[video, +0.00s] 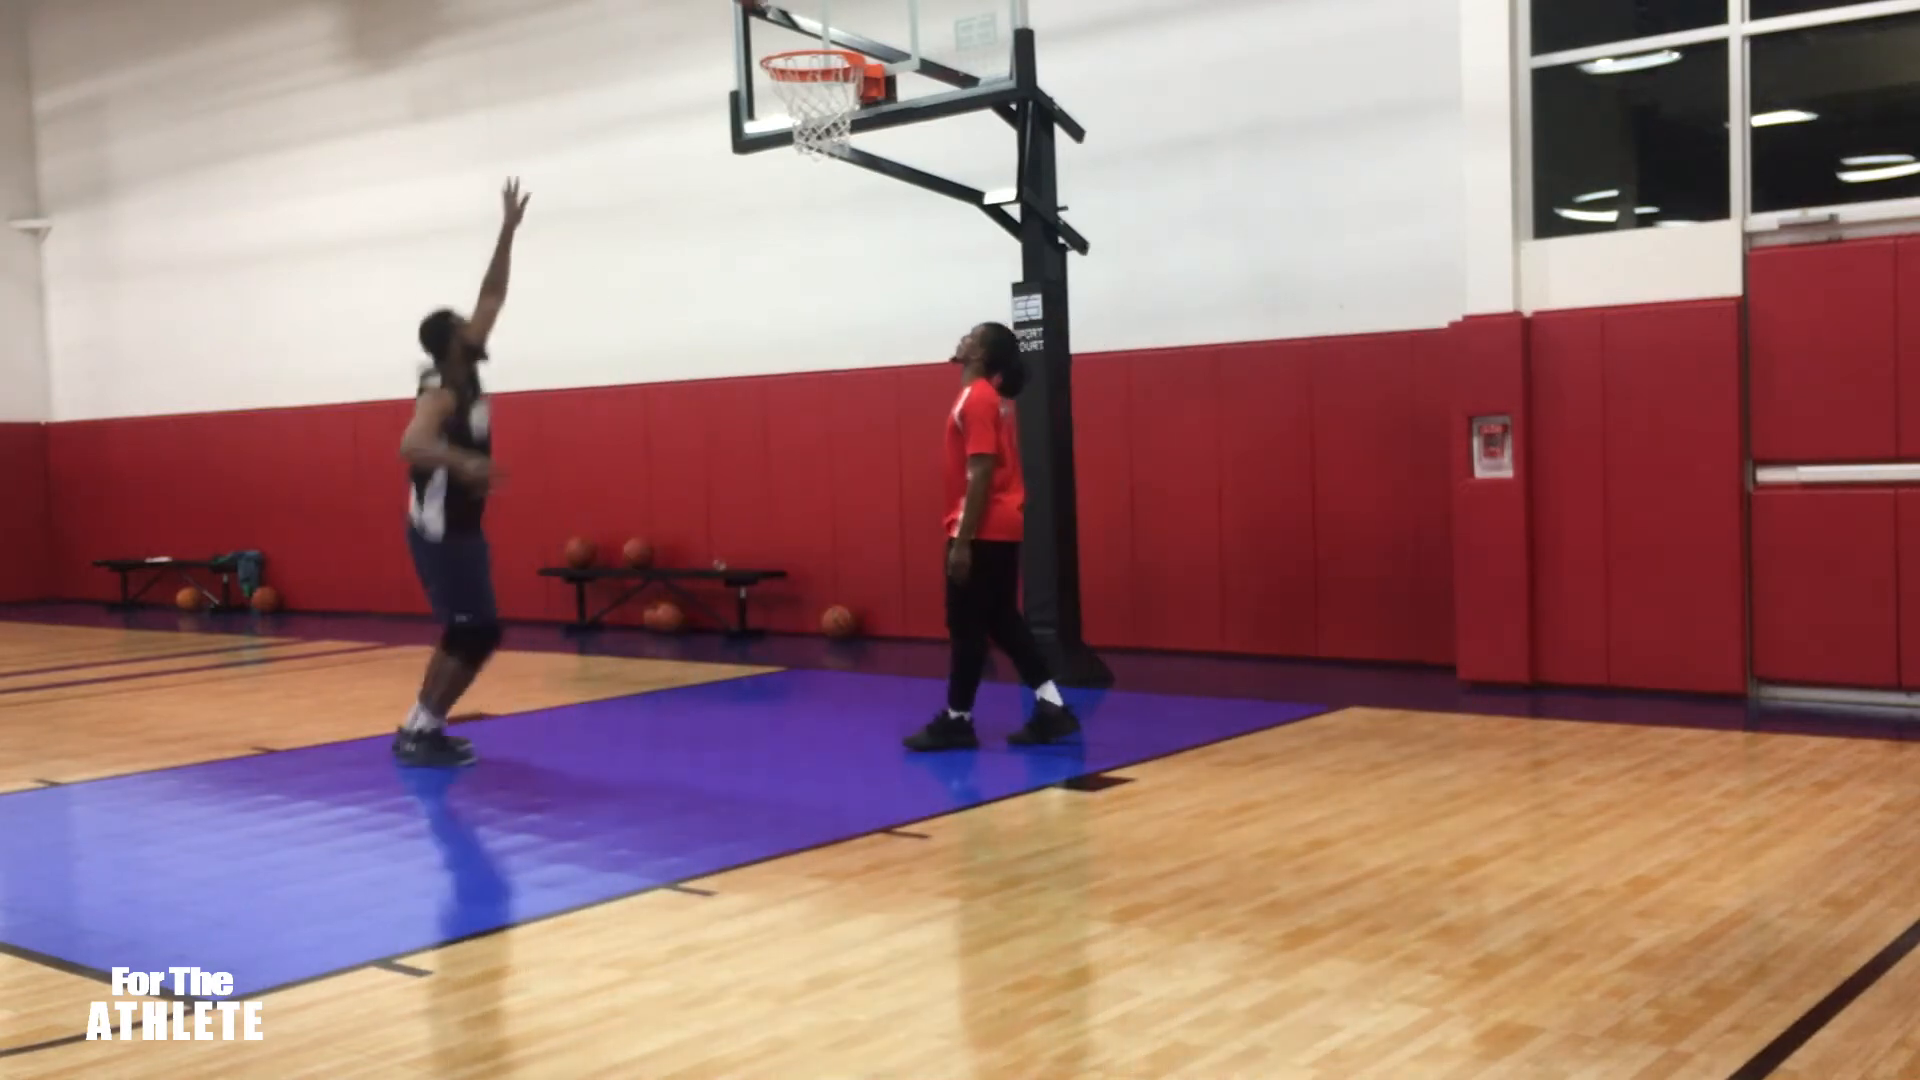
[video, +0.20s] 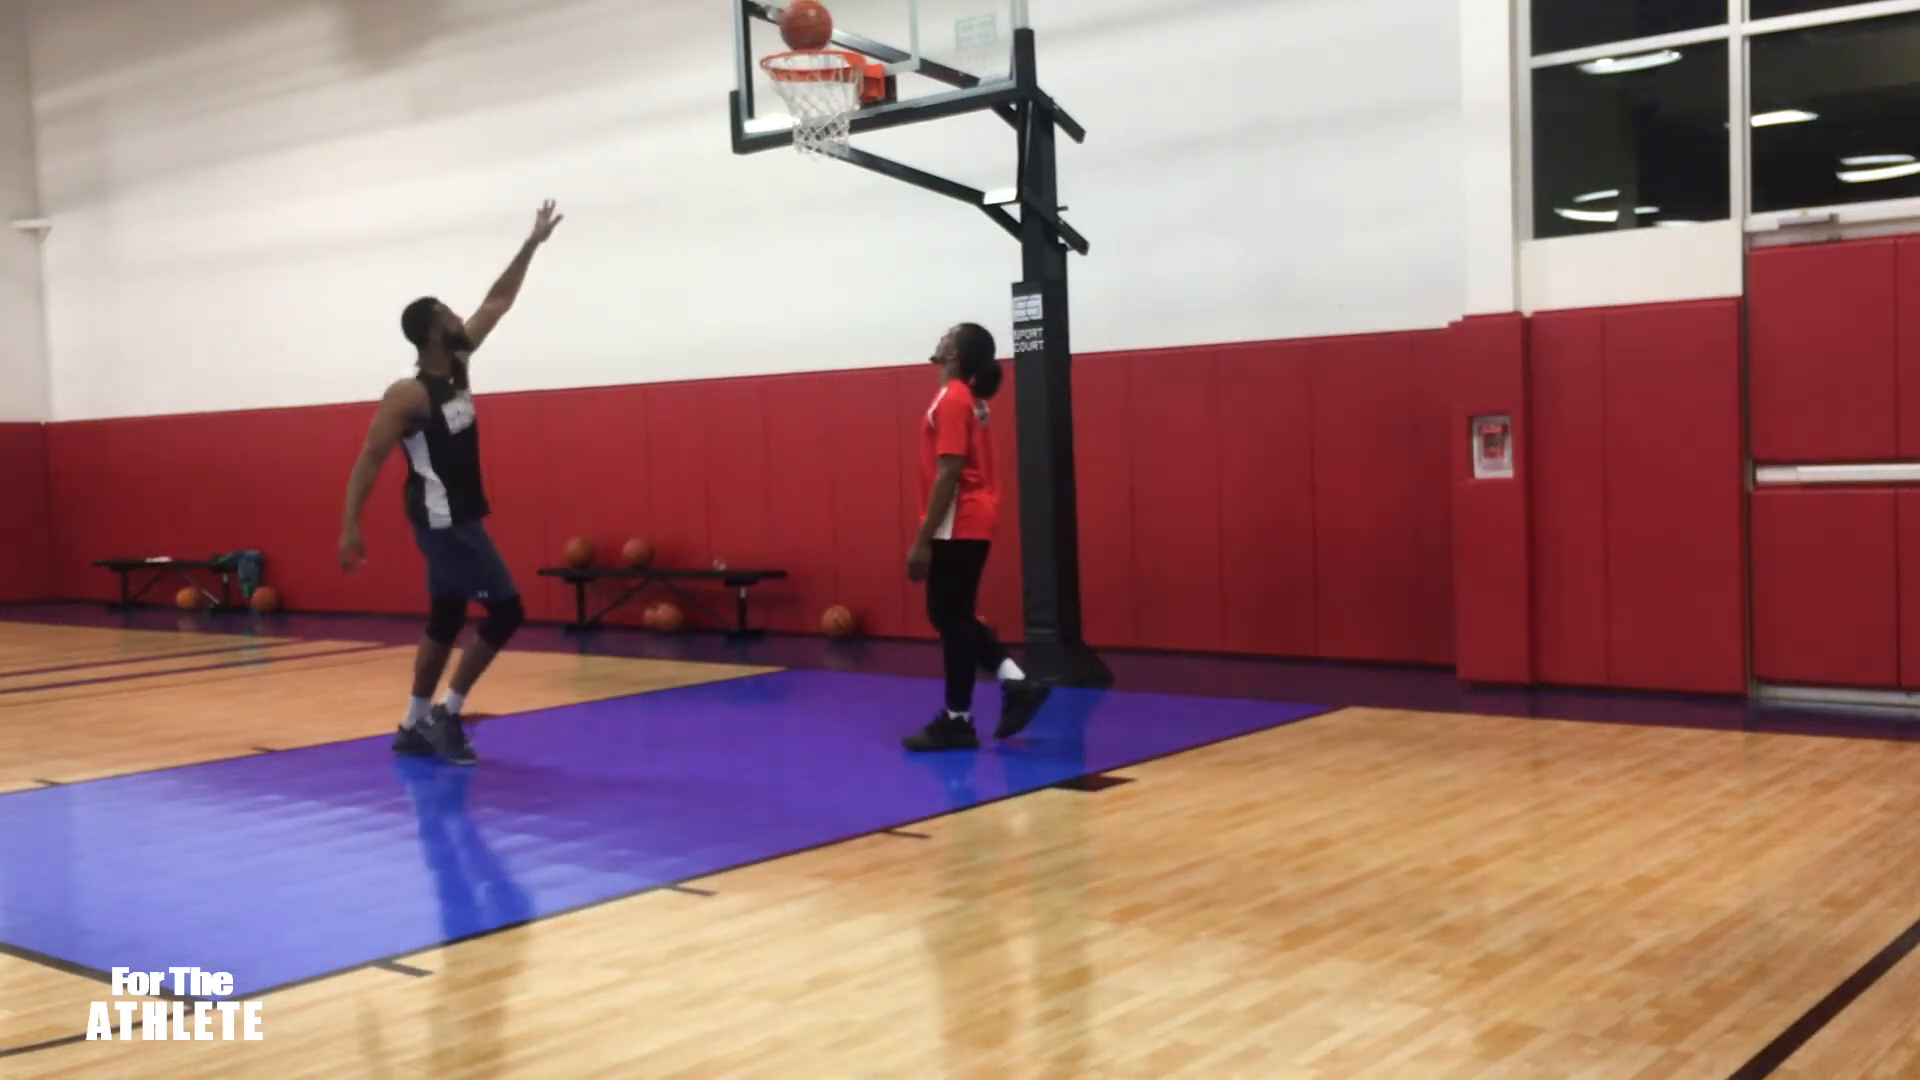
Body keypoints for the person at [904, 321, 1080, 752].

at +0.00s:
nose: (962, 340)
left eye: (971, 337)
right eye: (968, 335)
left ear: (984, 353)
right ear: (987, 357)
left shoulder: (978, 396)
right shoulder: (982, 395)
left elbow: (981, 471)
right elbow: (987, 470)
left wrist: (963, 538)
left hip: (981, 531)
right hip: (996, 530)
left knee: (967, 624)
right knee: (1002, 620)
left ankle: (957, 717)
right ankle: (1053, 707)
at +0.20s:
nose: (939, 339)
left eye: (947, 337)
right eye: (945, 335)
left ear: (957, 353)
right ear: (966, 356)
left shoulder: (954, 396)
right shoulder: (964, 395)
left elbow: (950, 471)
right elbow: (962, 469)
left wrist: (924, 539)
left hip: (962, 523)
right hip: (967, 521)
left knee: (951, 614)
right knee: (949, 612)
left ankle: (957, 718)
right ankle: (1015, 680)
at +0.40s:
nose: (918, 345)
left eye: (925, 340)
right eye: (922, 339)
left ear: (937, 353)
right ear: (946, 357)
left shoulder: (931, 396)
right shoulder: (946, 396)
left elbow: (924, 466)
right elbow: (938, 464)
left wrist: (885, 532)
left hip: (941, 520)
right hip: (951, 518)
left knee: (922, 606)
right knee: (941, 610)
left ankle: (955, 713)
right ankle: (955, 708)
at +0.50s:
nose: (908, 347)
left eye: (915, 342)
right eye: (912, 340)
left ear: (925, 354)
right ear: (935, 359)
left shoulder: (920, 397)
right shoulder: (936, 398)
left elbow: (911, 467)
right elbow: (931, 469)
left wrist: (872, 534)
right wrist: (888, 485)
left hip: (935, 520)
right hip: (933, 518)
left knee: (936, 614)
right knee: (913, 608)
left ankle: (956, 717)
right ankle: (919, 701)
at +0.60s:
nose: (898, 350)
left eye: (904, 345)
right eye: (903, 344)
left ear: (913, 357)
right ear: (928, 361)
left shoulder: (909, 400)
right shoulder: (923, 400)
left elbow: (900, 468)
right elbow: (916, 454)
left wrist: (864, 536)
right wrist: (874, 436)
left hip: (925, 525)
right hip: (922, 523)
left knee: (932, 618)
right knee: (908, 613)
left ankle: (955, 717)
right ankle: (898, 700)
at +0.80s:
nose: (881, 346)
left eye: (887, 342)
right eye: (886, 341)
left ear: (896, 356)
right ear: (906, 360)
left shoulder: (894, 401)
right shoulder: (896, 399)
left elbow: (888, 469)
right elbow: (868, 419)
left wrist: (860, 535)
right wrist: (845, 379)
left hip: (904, 525)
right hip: (894, 523)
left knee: (904, 614)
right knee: (882, 610)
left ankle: (946, 709)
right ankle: (890, 702)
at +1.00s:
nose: (860, 349)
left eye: (868, 344)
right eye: (864, 342)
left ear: (887, 357)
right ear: (884, 358)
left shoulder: (894, 399)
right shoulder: (877, 399)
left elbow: (893, 470)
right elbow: (858, 451)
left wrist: (862, 531)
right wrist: (819, 420)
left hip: (897, 522)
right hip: (882, 521)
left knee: (886, 609)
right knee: (878, 609)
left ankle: (922, 703)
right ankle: (890, 700)